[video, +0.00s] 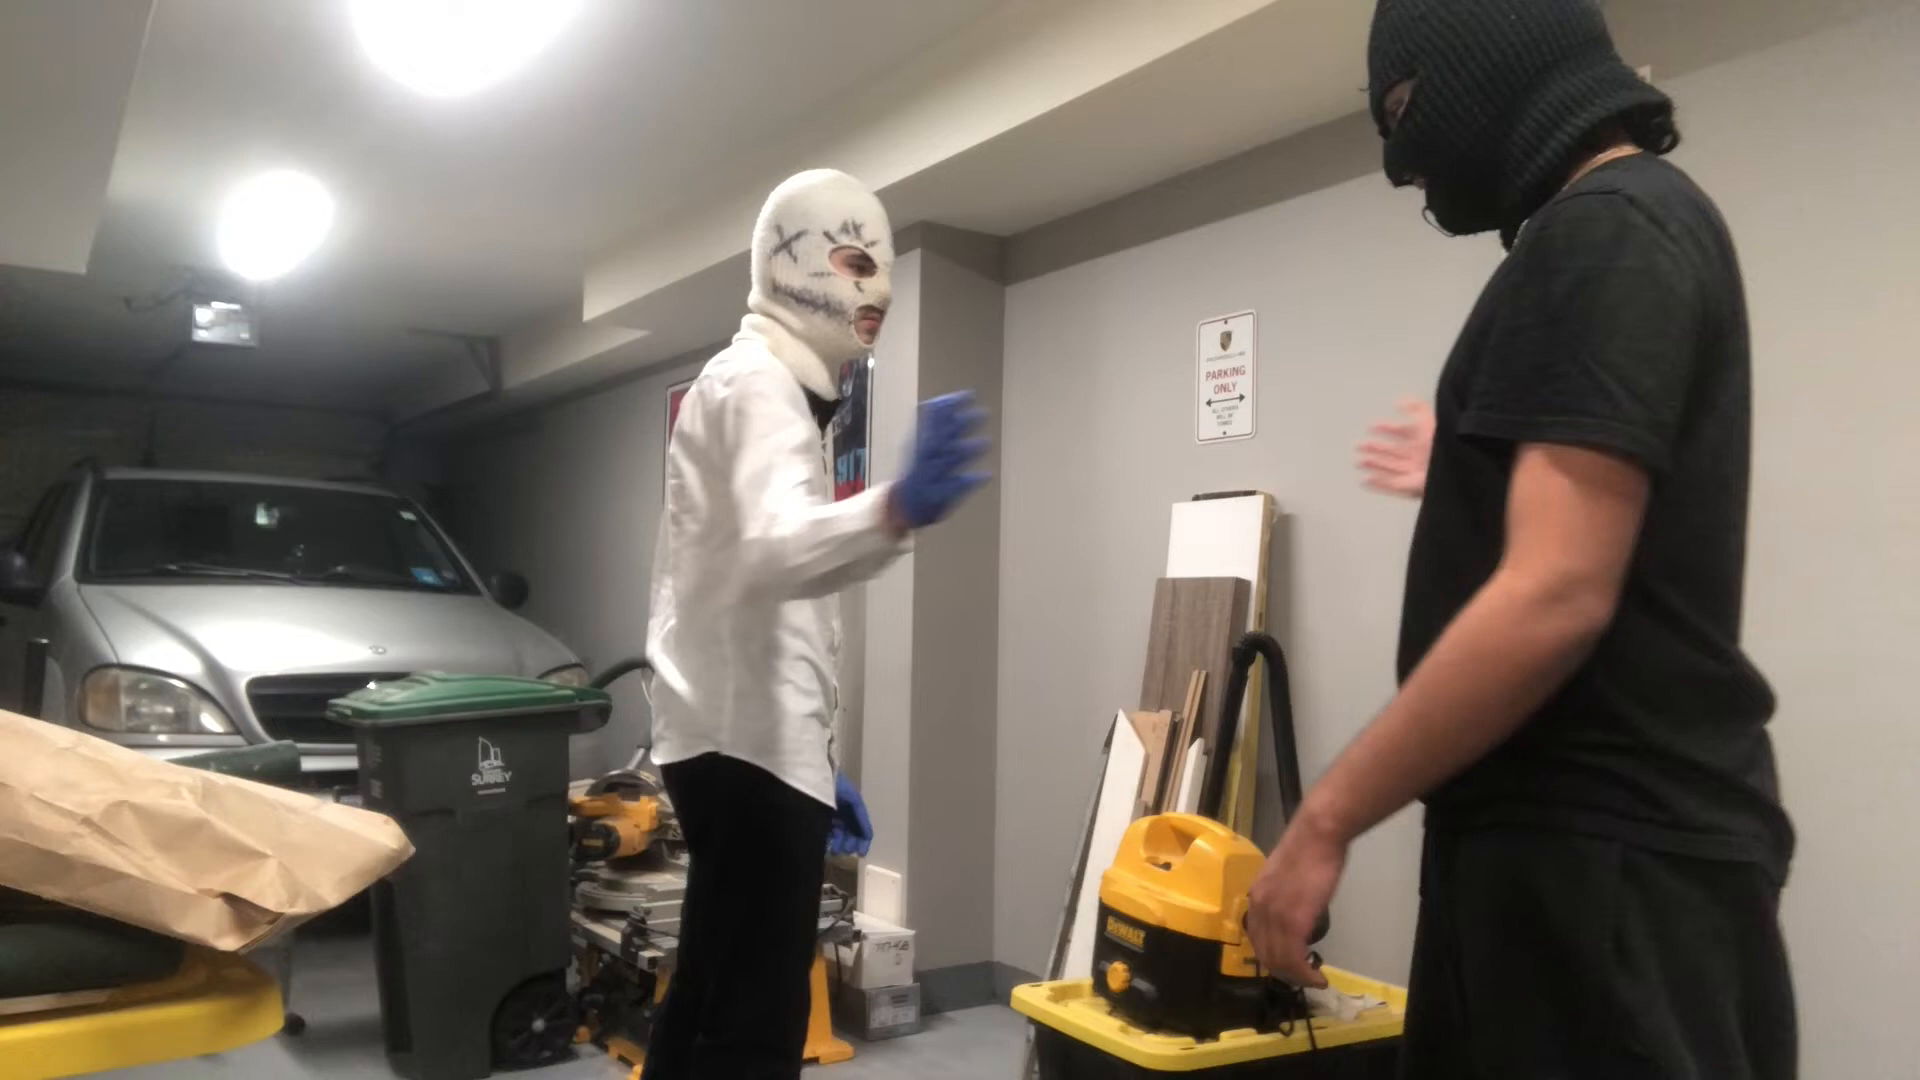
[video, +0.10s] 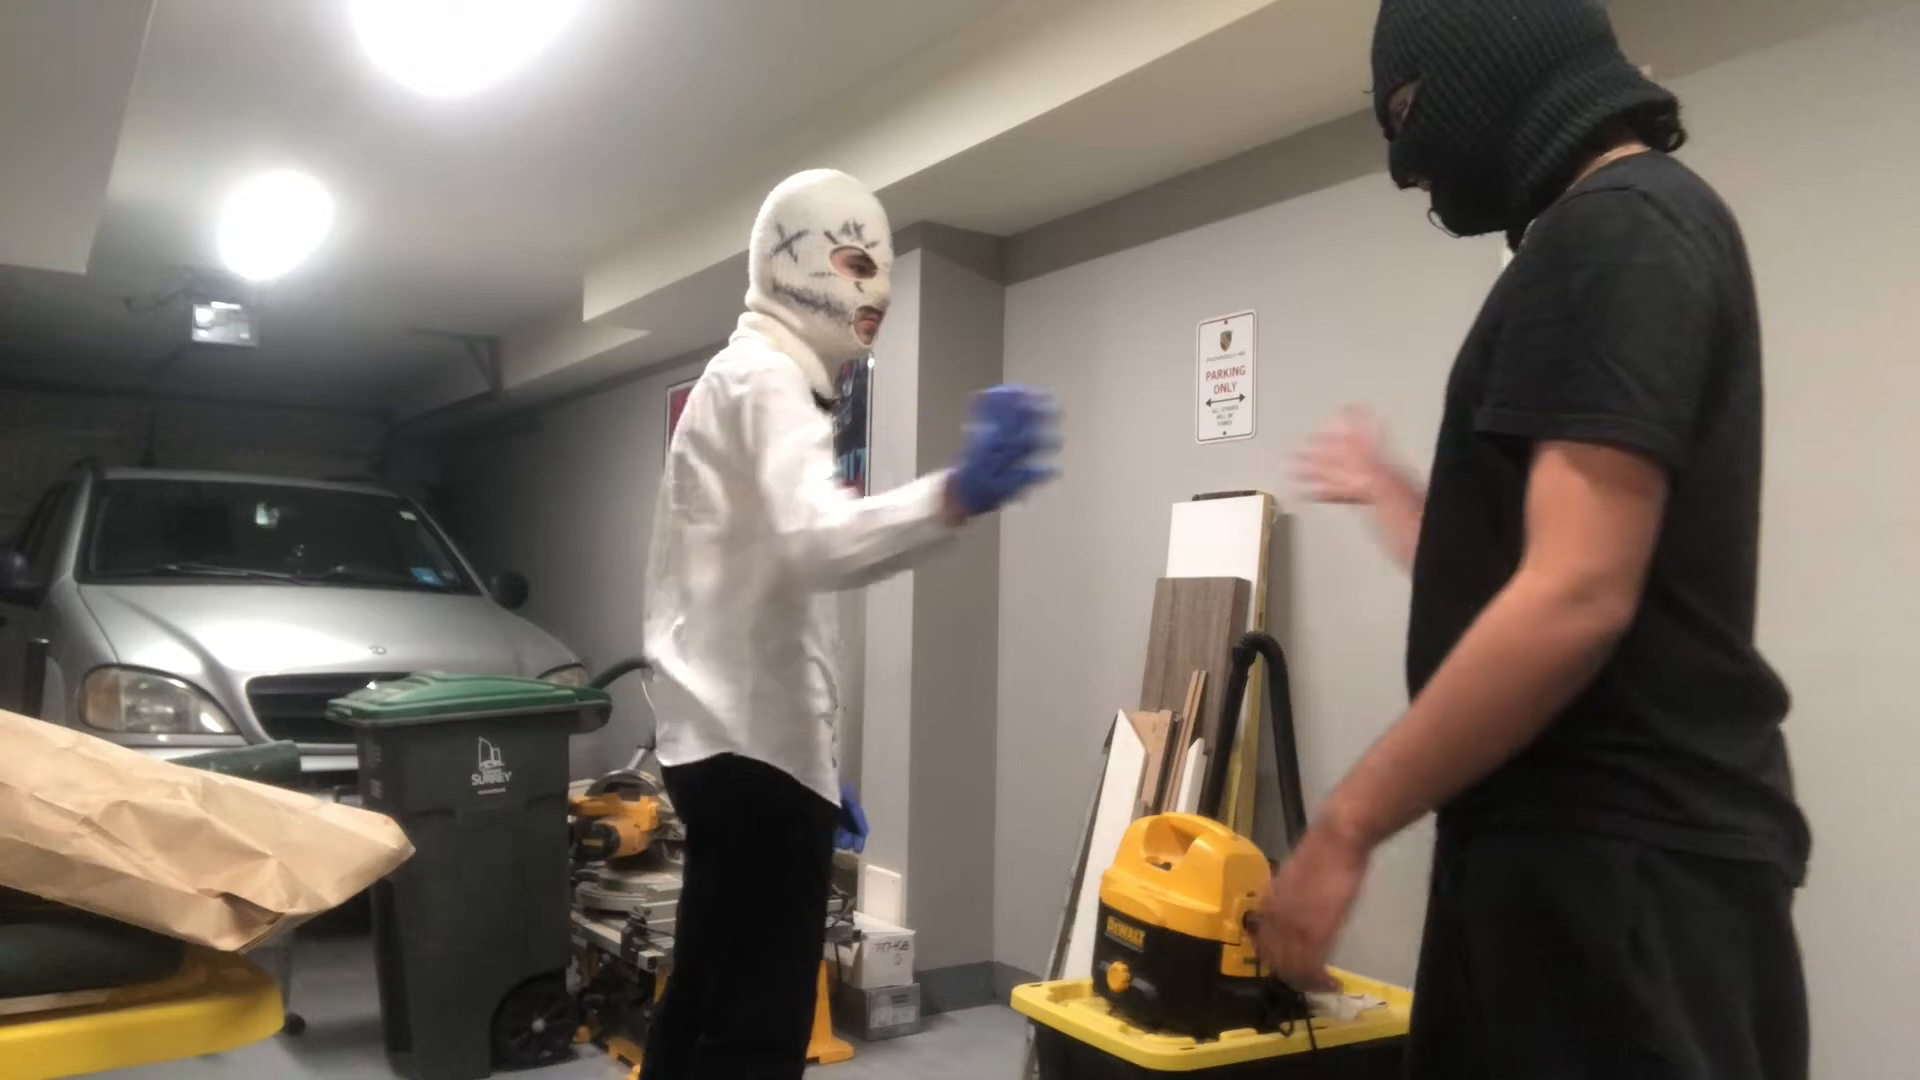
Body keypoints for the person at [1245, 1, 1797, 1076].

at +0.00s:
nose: (1402, 162)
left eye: (1402, 111)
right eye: (1390, 127)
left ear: (1475, 70)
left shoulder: (1610, 223)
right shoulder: (1629, 220)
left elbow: (1556, 589)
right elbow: (1647, 497)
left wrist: (1326, 820)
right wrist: (1472, 457)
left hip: (1599, 868)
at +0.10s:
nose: (1406, 165)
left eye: (1406, 112)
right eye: (1393, 129)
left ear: (1478, 69)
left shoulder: (1619, 222)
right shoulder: (1610, 227)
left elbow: (1577, 592)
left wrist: (1346, 825)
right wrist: (1387, 494)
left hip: (1614, 871)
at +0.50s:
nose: (1391, 171)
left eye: (1390, 121)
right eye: (1382, 132)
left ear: (1460, 84)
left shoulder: (1622, 224)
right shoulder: (1571, 245)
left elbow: (1655, 582)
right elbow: (1442, 556)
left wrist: (1484, 886)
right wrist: (1253, 457)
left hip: (1634, 877)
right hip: (1578, 874)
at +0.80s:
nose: (1374, 181)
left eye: (1375, 130)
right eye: (1365, 143)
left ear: (1448, 91)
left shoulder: (1562, 227)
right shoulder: (1577, 226)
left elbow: (1593, 575)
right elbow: (1472, 528)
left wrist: (1462, 891)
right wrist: (1292, 423)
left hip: (1598, 878)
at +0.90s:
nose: (1389, 192)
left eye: (1385, 147)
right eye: (1375, 161)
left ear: (1449, 99)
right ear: (1494, 87)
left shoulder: (1553, 222)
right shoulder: (1622, 215)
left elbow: (1563, 565)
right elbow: (1426, 487)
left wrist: (1415, 874)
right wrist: (1325, 309)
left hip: (1580, 868)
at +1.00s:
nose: (1395, 193)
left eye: (1390, 145)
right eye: (1381, 159)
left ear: (1457, 98)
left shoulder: (1566, 224)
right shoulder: (1611, 226)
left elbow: (1532, 564)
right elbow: (1346, 432)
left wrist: (1354, 853)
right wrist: (1259, 254)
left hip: (1583, 867)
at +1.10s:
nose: (1395, 188)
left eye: (1395, 138)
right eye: (1382, 154)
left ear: (1466, 91)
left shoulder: (1593, 225)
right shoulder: (1583, 248)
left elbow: (1546, 572)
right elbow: (1326, 480)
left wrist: (1314, 826)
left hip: (1602, 876)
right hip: (1559, 868)